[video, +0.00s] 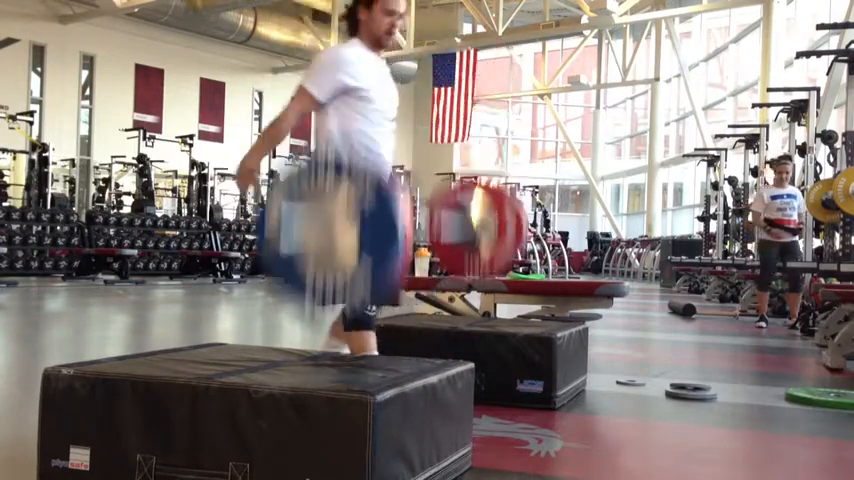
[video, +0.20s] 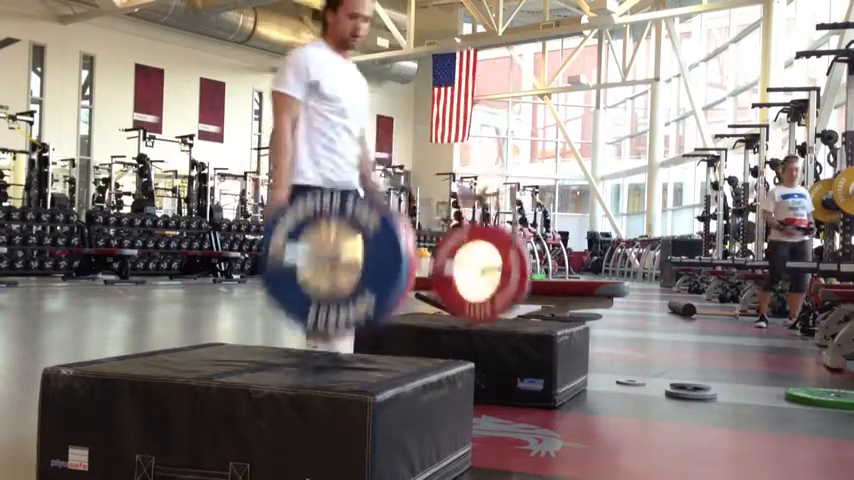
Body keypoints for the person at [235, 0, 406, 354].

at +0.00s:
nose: (398, 24)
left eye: (402, 16)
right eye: (390, 14)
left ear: (403, 20)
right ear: (363, 13)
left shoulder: (381, 70)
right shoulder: (340, 58)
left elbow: (373, 136)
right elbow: (292, 113)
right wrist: (252, 160)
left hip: (375, 189)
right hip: (343, 186)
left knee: (370, 286)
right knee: (358, 291)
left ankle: (323, 365)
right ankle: (373, 384)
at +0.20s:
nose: (360, 26)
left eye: (366, 20)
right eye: (353, 17)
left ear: (370, 26)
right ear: (330, 15)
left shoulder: (356, 78)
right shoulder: (304, 59)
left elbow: (360, 145)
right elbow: (283, 125)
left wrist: (376, 196)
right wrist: (280, 189)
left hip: (350, 196)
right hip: (311, 193)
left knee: (339, 290)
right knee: (326, 291)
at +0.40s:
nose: (311, 20)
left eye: (318, 13)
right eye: (303, 11)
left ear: (325, 18)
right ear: (285, 13)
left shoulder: (331, 74)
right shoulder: (264, 59)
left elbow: (349, 127)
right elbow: (248, 120)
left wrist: (405, 130)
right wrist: (294, 126)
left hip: (318, 189)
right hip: (268, 187)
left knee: (314, 283)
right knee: (266, 285)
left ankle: (314, 369)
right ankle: (258, 370)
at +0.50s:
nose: (281, 19)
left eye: (288, 11)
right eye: (272, 11)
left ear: (298, 18)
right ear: (258, 17)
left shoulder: (314, 74)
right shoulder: (242, 64)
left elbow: (341, 129)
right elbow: (224, 125)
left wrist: (383, 118)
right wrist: (268, 120)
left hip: (305, 196)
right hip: (251, 196)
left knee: (306, 289)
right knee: (230, 294)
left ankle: (313, 373)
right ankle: (227, 371)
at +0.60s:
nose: (249, 18)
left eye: (256, 10)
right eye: (240, 11)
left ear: (269, 17)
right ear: (229, 18)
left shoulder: (293, 75)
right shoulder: (211, 71)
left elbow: (312, 129)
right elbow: (195, 129)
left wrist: (355, 131)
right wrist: (224, 140)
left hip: (280, 198)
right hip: (224, 198)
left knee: (296, 290)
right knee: (207, 293)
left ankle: (309, 372)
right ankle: (214, 376)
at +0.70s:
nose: (212, 15)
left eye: (221, 8)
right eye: (206, 9)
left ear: (242, 16)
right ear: (201, 17)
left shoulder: (266, 73)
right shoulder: (184, 72)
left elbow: (289, 125)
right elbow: (166, 125)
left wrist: (317, 159)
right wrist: (163, 166)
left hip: (254, 199)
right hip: (197, 200)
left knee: (272, 292)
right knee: (194, 294)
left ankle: (287, 372)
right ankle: (212, 375)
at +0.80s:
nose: (180, 12)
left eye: (190, 4)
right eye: (176, 6)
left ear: (212, 12)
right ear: (171, 13)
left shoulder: (238, 68)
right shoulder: (159, 71)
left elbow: (263, 130)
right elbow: (143, 132)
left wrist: (277, 185)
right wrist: (116, 183)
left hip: (224, 191)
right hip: (177, 195)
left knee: (231, 286)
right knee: (191, 292)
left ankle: (245, 369)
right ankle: (211, 371)